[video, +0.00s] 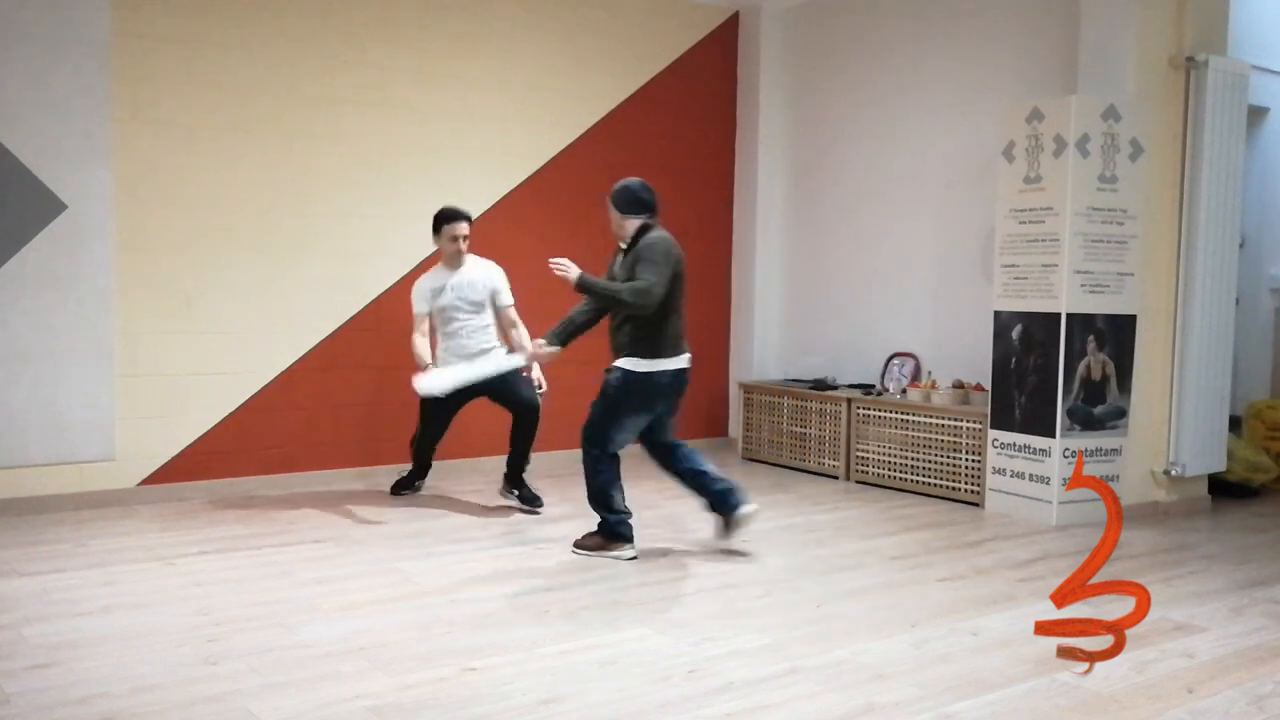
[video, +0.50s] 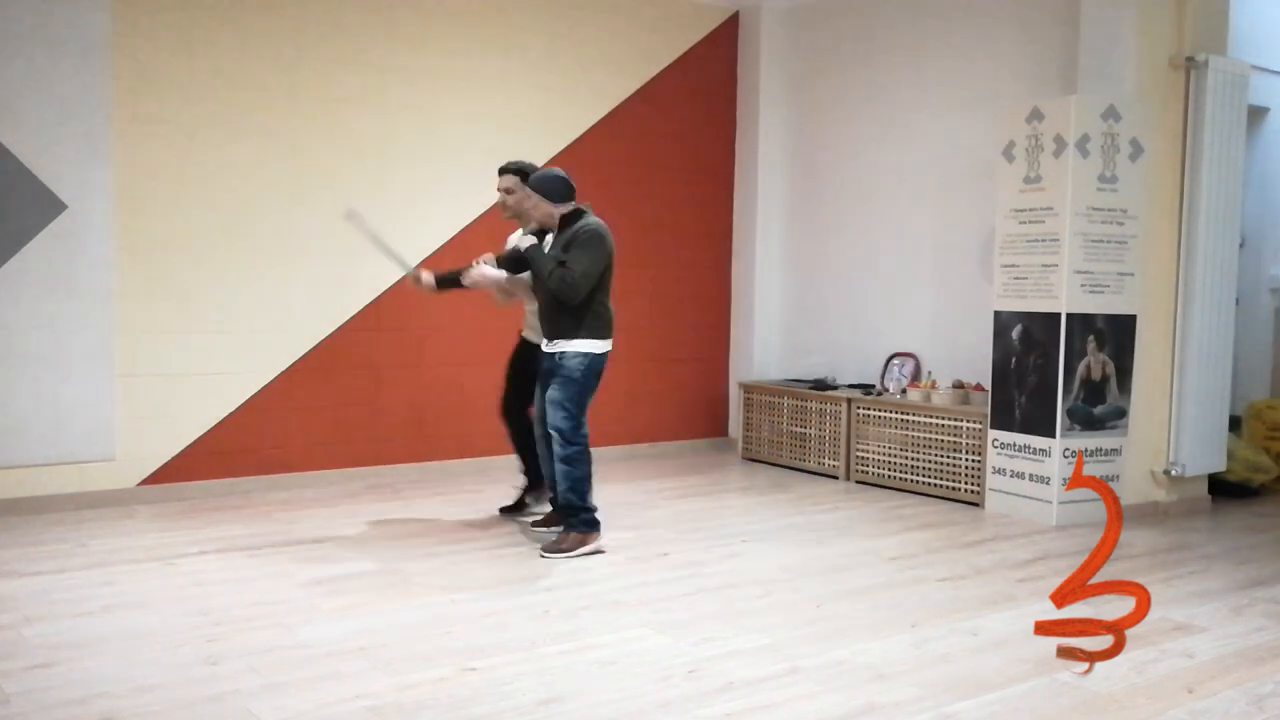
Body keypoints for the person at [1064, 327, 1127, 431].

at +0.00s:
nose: (1087, 346)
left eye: (1090, 342)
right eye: (1088, 342)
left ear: (1098, 344)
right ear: (1087, 345)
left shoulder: (1108, 364)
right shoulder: (1083, 365)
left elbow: (1114, 390)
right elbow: (1076, 391)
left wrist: (1108, 406)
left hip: (1103, 406)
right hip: (1086, 406)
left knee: (1121, 411)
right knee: (1071, 410)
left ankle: (1086, 424)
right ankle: (1101, 425)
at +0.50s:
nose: (1087, 346)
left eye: (1091, 342)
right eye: (1088, 342)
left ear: (1098, 344)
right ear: (1087, 345)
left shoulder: (1108, 364)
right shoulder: (1083, 365)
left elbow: (1114, 389)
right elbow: (1076, 391)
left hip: (1103, 406)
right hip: (1086, 406)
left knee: (1121, 411)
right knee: (1071, 410)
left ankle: (1086, 425)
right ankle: (1102, 425)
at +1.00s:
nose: (1088, 346)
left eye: (1091, 342)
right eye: (1088, 342)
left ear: (1099, 344)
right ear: (1087, 345)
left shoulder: (1108, 364)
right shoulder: (1083, 365)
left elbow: (1113, 389)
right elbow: (1076, 391)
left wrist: (1112, 403)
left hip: (1103, 406)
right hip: (1086, 406)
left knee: (1121, 411)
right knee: (1071, 410)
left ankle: (1086, 425)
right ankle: (1101, 425)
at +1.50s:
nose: (1087, 345)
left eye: (1090, 342)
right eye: (1088, 342)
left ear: (1098, 344)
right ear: (1088, 345)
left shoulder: (1108, 364)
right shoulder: (1083, 365)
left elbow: (1114, 391)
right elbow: (1076, 391)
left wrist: (1106, 407)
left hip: (1103, 406)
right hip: (1086, 406)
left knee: (1121, 411)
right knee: (1071, 410)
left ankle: (1087, 425)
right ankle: (1102, 425)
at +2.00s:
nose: (1087, 346)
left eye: (1090, 342)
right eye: (1088, 342)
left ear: (1098, 344)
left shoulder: (1108, 364)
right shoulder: (1084, 364)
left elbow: (1114, 390)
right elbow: (1076, 390)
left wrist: (1106, 407)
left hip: (1103, 406)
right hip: (1086, 406)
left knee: (1121, 411)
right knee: (1071, 410)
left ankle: (1085, 425)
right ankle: (1101, 425)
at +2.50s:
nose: (1087, 346)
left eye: (1091, 342)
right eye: (1088, 342)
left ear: (1098, 345)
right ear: (1088, 345)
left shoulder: (1108, 364)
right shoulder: (1084, 364)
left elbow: (1113, 389)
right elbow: (1076, 390)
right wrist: (1070, 408)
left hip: (1103, 406)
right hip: (1086, 406)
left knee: (1121, 411)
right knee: (1071, 410)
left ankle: (1086, 425)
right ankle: (1101, 425)